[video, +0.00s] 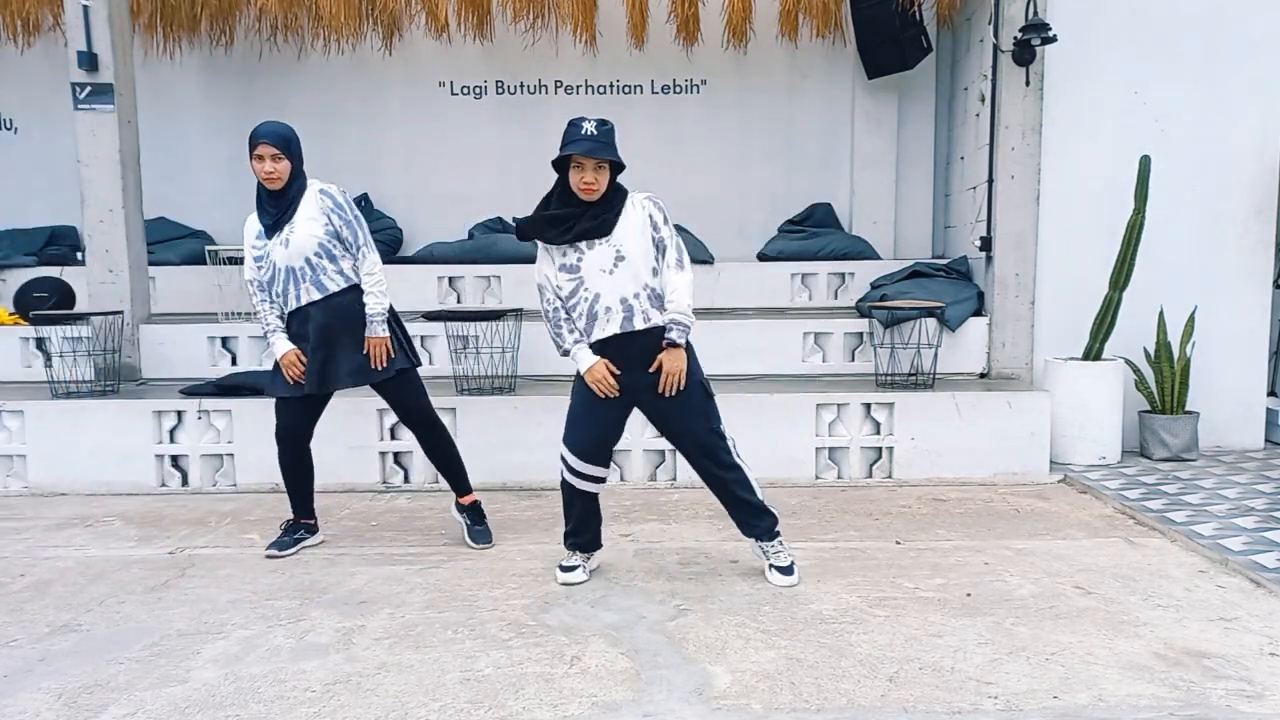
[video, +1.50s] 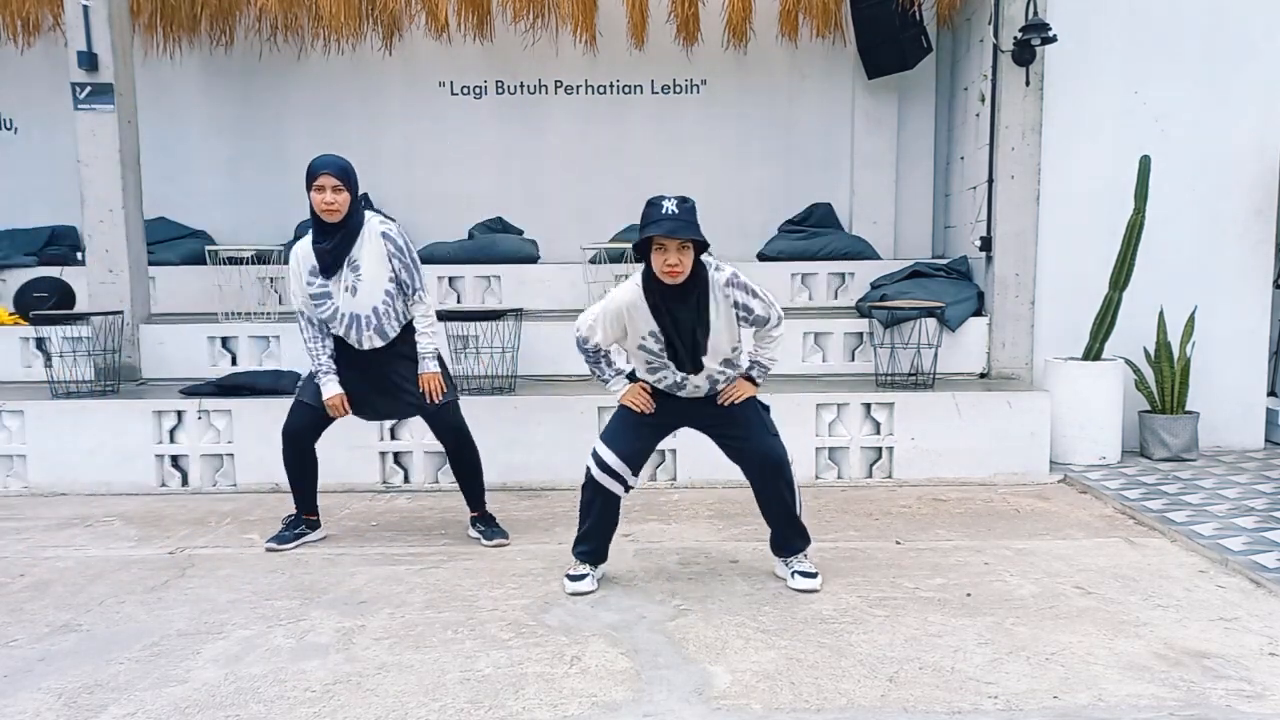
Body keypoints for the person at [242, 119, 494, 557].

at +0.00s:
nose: (268, 167)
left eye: (277, 157)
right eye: (259, 159)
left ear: (294, 158)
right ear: (252, 164)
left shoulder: (328, 197)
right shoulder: (255, 225)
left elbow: (369, 257)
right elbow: (260, 294)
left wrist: (377, 322)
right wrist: (280, 343)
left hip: (359, 320)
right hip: (305, 334)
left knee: (418, 415)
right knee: (290, 434)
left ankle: (468, 503)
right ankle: (304, 522)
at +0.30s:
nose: (317, 208)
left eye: (328, 200)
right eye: (309, 199)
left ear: (343, 207)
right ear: (298, 204)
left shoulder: (366, 240)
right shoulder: (284, 252)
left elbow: (410, 300)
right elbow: (288, 321)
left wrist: (418, 361)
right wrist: (304, 376)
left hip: (389, 339)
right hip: (331, 348)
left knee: (441, 418)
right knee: (288, 430)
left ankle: (483, 509)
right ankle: (302, 521)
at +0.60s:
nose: (417, 183)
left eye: (424, 173)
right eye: (406, 176)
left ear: (438, 177)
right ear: (395, 183)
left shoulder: (463, 230)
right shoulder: (374, 228)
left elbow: (469, 297)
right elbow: (350, 296)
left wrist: (465, 354)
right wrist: (348, 362)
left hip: (438, 351)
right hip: (380, 349)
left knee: (472, 420)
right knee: (326, 426)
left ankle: (481, 516)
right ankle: (298, 517)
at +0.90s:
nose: (445, 175)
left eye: (452, 164)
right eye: (435, 168)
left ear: (467, 165)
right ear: (424, 172)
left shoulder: (485, 221)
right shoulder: (403, 208)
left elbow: (492, 287)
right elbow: (375, 275)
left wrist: (484, 339)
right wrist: (372, 342)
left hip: (460, 336)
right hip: (405, 332)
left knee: (473, 430)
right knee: (358, 427)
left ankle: (480, 515)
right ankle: (304, 511)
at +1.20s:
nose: (414, 188)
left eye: (420, 177)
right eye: (403, 181)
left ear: (437, 177)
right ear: (396, 188)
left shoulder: (472, 228)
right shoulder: (384, 231)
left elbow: (481, 292)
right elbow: (364, 300)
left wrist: (472, 347)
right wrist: (364, 361)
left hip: (447, 337)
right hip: (387, 332)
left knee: (472, 420)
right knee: (335, 414)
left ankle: (480, 515)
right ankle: (303, 507)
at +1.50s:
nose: (329, 198)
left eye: (338, 189)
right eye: (320, 189)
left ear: (353, 193)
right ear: (309, 196)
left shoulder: (384, 233)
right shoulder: (301, 252)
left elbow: (419, 298)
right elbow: (309, 323)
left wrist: (428, 360)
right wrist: (327, 379)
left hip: (401, 351)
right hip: (343, 357)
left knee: (453, 427)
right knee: (295, 433)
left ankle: (480, 516)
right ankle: (307, 520)